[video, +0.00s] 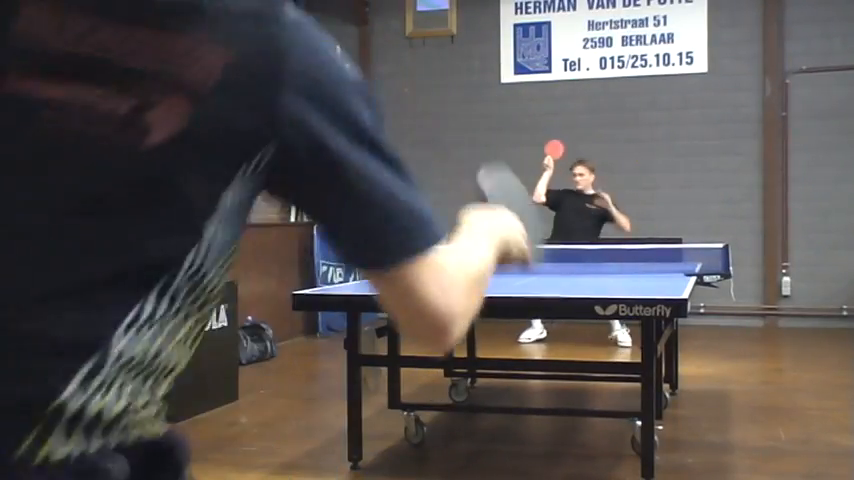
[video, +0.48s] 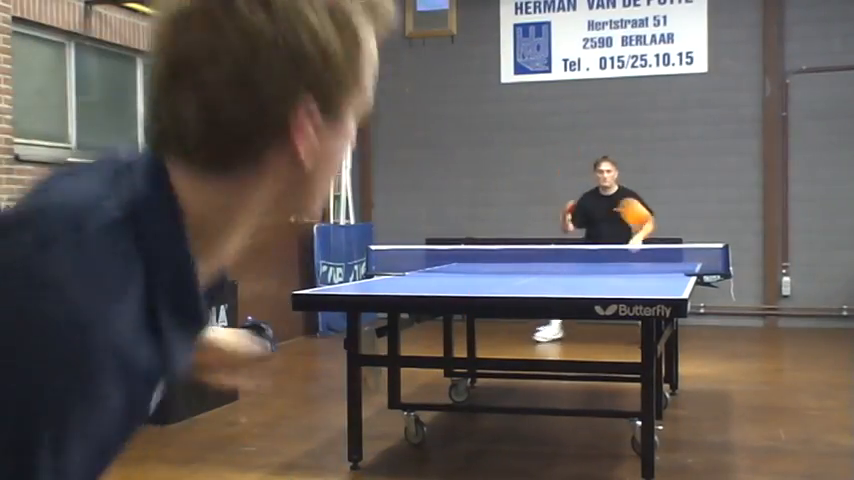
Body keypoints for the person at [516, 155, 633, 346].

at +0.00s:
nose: (577, 179)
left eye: (581, 175)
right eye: (574, 175)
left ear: (592, 177)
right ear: (571, 177)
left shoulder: (600, 200)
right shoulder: (563, 196)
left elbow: (626, 227)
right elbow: (537, 197)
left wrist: (610, 207)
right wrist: (548, 171)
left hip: (588, 256)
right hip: (557, 254)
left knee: (605, 288)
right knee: (533, 281)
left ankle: (618, 328)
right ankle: (537, 326)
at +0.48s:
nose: (604, 175)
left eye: (608, 171)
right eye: (600, 172)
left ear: (616, 174)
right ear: (595, 175)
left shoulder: (628, 197)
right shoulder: (588, 199)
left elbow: (649, 222)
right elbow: (570, 229)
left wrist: (638, 238)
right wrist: (566, 218)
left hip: (622, 256)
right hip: (590, 256)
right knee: (561, 272)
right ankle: (555, 323)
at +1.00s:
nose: (577, 194)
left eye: (580, 189)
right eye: (573, 191)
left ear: (590, 188)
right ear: (571, 193)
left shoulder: (604, 207)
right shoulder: (585, 211)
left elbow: (600, 235)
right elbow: (585, 237)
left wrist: (567, 230)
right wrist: (561, 242)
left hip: (619, 258)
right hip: (599, 258)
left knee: (563, 275)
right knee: (561, 270)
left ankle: (566, 326)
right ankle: (566, 326)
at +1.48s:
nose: (616, 169)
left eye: (621, 166)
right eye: (614, 165)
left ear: (631, 170)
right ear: (610, 168)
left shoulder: (636, 198)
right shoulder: (598, 184)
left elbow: (662, 221)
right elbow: (577, 177)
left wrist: (667, 202)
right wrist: (585, 151)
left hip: (622, 252)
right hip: (589, 249)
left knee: (650, 284)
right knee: (568, 281)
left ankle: (668, 327)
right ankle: (564, 329)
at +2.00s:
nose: (650, 177)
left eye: (651, 171)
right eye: (647, 172)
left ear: (665, 162)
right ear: (663, 164)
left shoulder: (687, 179)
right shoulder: (670, 179)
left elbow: (691, 225)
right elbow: (678, 214)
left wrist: (653, 238)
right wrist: (657, 233)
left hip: (713, 235)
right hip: (698, 235)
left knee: (693, 292)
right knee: (691, 292)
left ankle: (711, 351)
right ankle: (709, 350)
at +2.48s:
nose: (659, 200)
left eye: (664, 195)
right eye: (659, 195)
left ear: (681, 195)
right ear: (679, 196)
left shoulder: (698, 215)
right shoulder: (676, 223)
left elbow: (691, 252)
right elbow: (649, 240)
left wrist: (655, 243)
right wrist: (653, 214)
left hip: (710, 281)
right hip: (688, 279)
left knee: (671, 310)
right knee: (649, 312)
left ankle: (712, 347)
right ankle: (698, 344)